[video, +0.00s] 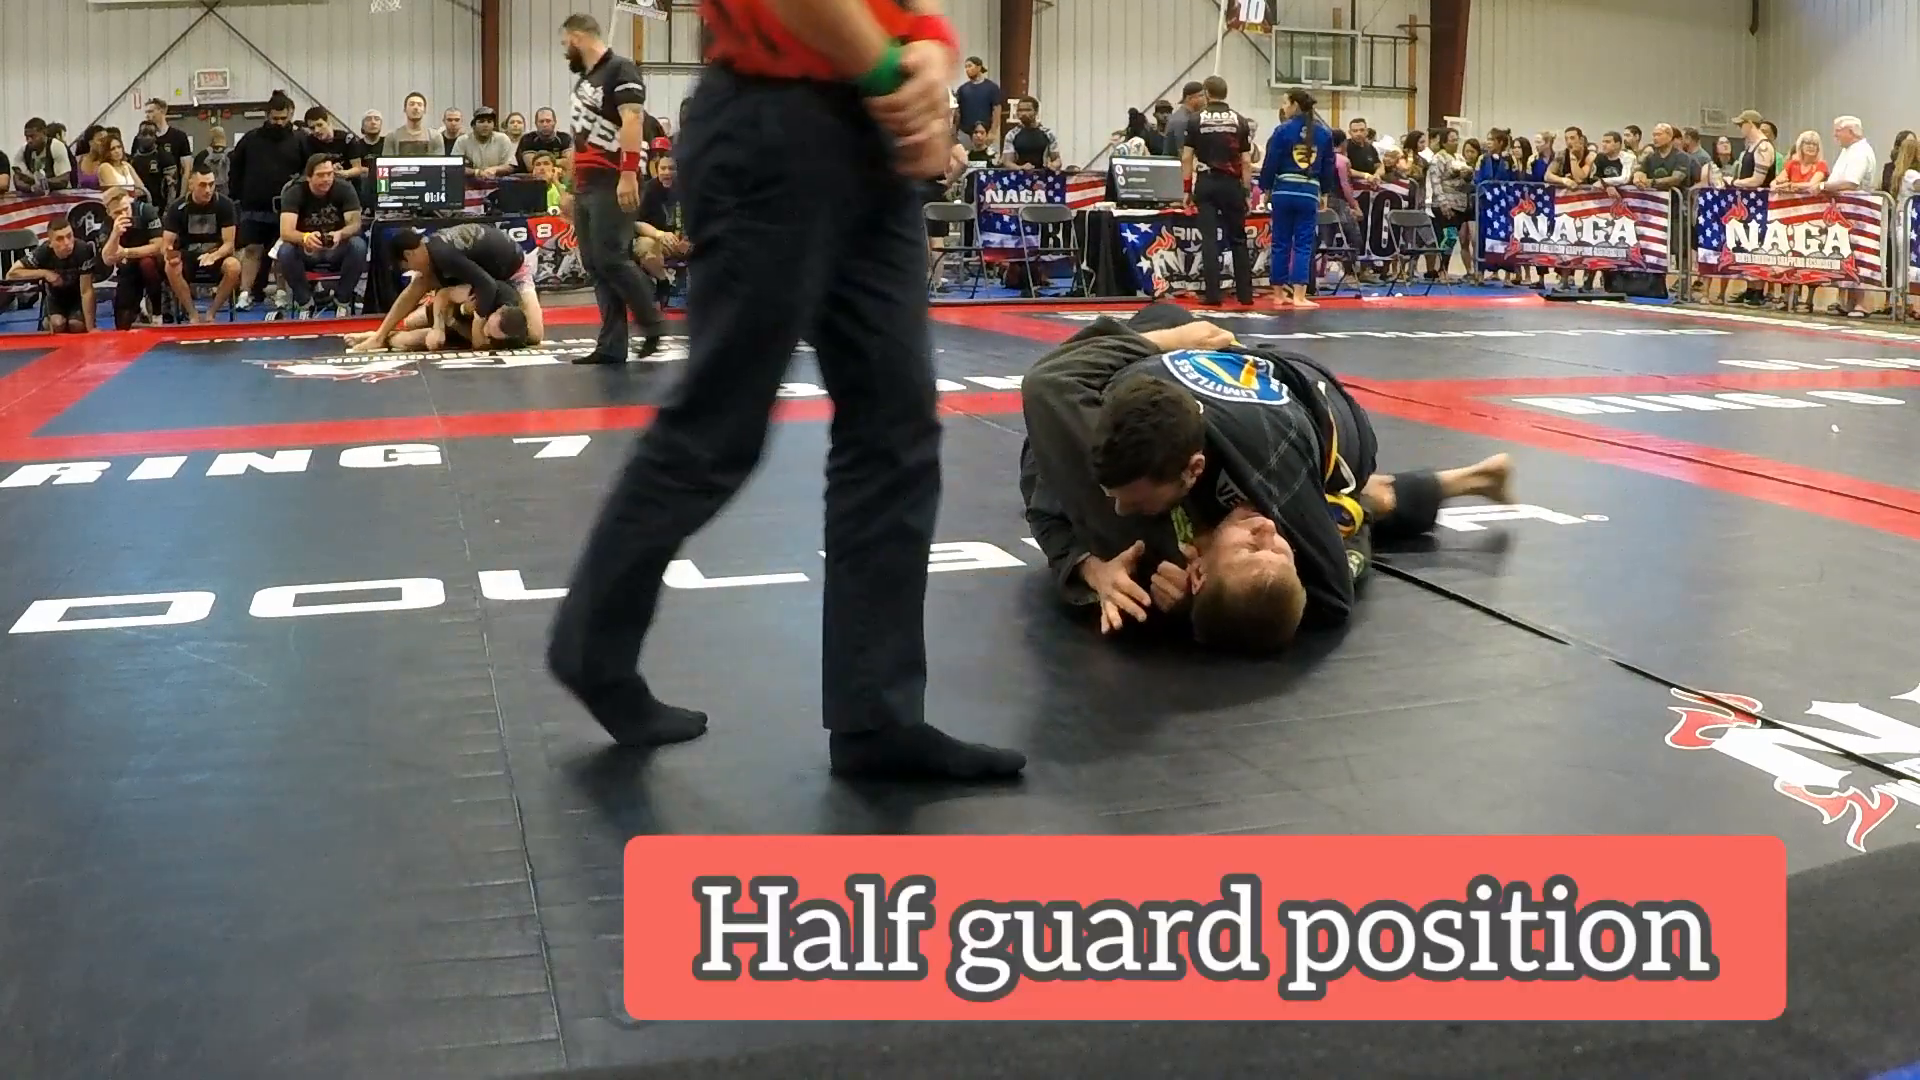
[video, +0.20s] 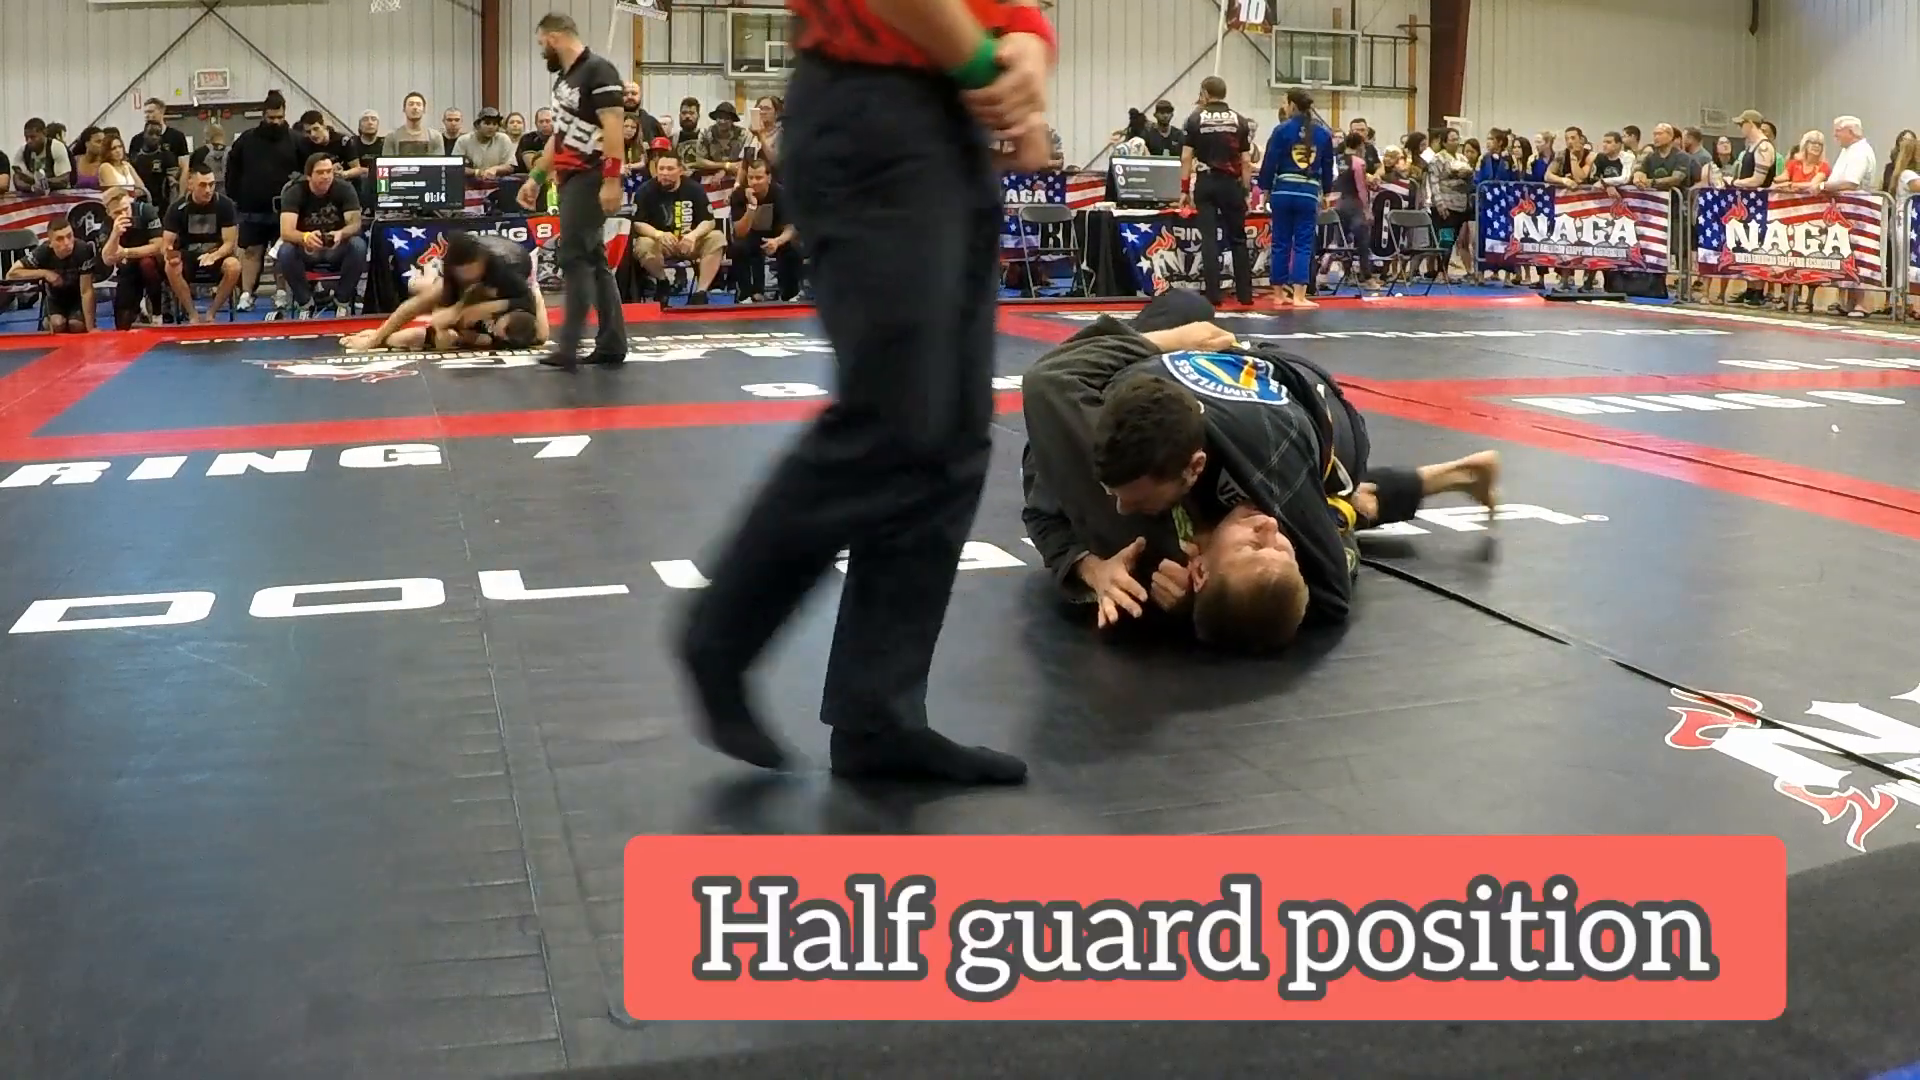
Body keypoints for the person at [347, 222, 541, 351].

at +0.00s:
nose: (408, 268)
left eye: (405, 264)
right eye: (405, 266)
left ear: (411, 252)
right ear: (412, 248)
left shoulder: (443, 253)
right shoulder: (431, 250)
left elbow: (489, 285)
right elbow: (441, 292)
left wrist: (479, 327)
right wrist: (438, 329)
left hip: (514, 268)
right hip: (480, 266)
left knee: (535, 335)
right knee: (414, 289)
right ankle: (378, 337)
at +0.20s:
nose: (464, 277)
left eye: (468, 271)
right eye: (459, 272)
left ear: (480, 263)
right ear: (451, 266)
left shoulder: (501, 267)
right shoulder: (453, 265)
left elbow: (528, 300)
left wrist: (486, 309)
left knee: (540, 334)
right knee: (423, 300)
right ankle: (376, 337)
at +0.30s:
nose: (502, 275)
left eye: (507, 270)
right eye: (496, 271)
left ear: (517, 259)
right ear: (486, 262)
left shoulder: (534, 265)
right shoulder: (479, 264)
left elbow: (552, 302)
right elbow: (469, 312)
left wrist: (519, 312)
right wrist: (483, 338)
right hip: (475, 284)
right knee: (434, 307)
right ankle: (375, 335)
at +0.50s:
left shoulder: (548, 291)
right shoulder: (499, 273)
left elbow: (553, 338)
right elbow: (468, 326)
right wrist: (507, 340)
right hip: (479, 278)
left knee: (403, 339)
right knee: (449, 327)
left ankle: (373, 339)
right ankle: (407, 315)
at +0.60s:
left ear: (539, 279)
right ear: (503, 275)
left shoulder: (540, 296)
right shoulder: (485, 269)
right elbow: (472, 330)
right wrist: (495, 299)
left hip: (490, 332)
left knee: (411, 339)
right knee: (432, 240)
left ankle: (370, 341)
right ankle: (428, 303)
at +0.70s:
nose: (549, 293)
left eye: (555, 287)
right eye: (546, 285)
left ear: (562, 288)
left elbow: (476, 341)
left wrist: (446, 308)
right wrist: (498, 304)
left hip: (476, 328)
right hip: (474, 293)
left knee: (419, 339)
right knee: (417, 253)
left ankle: (375, 342)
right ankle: (426, 314)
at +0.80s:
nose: (559, 290)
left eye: (562, 285)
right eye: (554, 284)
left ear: (563, 280)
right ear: (538, 277)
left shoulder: (551, 301)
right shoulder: (512, 284)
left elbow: (564, 335)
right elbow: (474, 333)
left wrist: (564, 339)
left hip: (477, 319)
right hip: (469, 286)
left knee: (433, 335)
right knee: (416, 252)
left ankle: (372, 343)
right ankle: (427, 310)